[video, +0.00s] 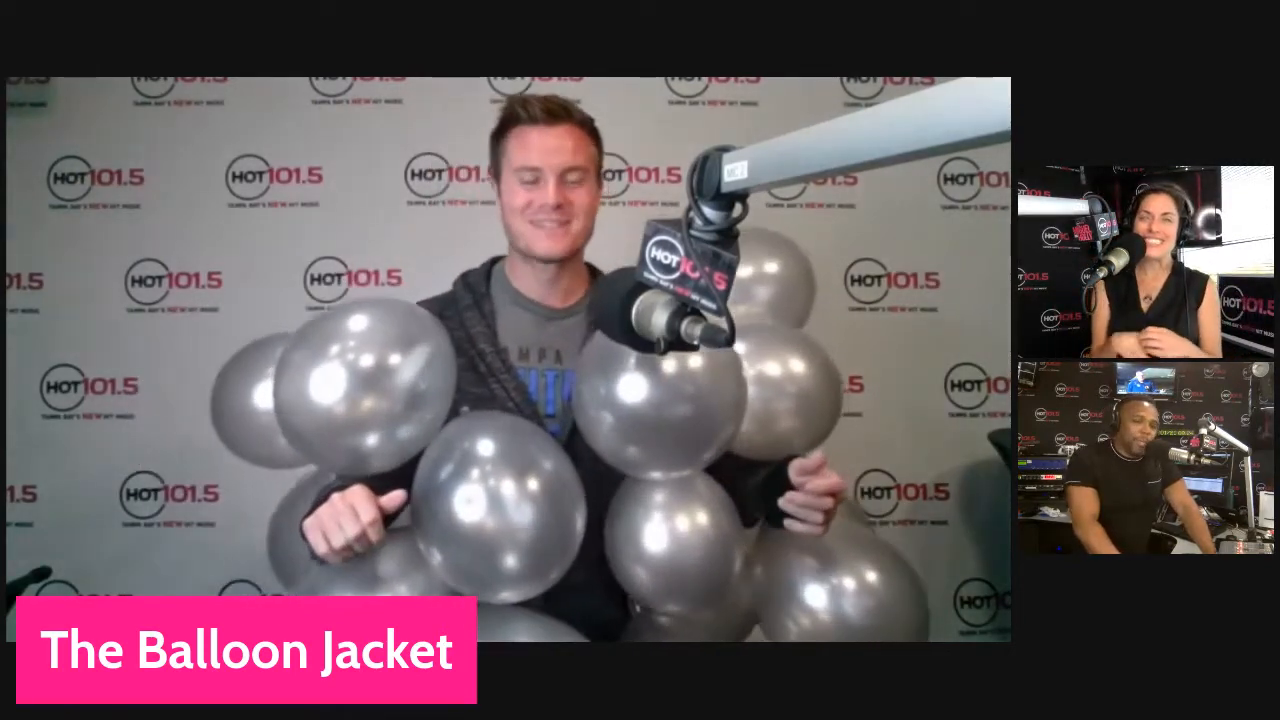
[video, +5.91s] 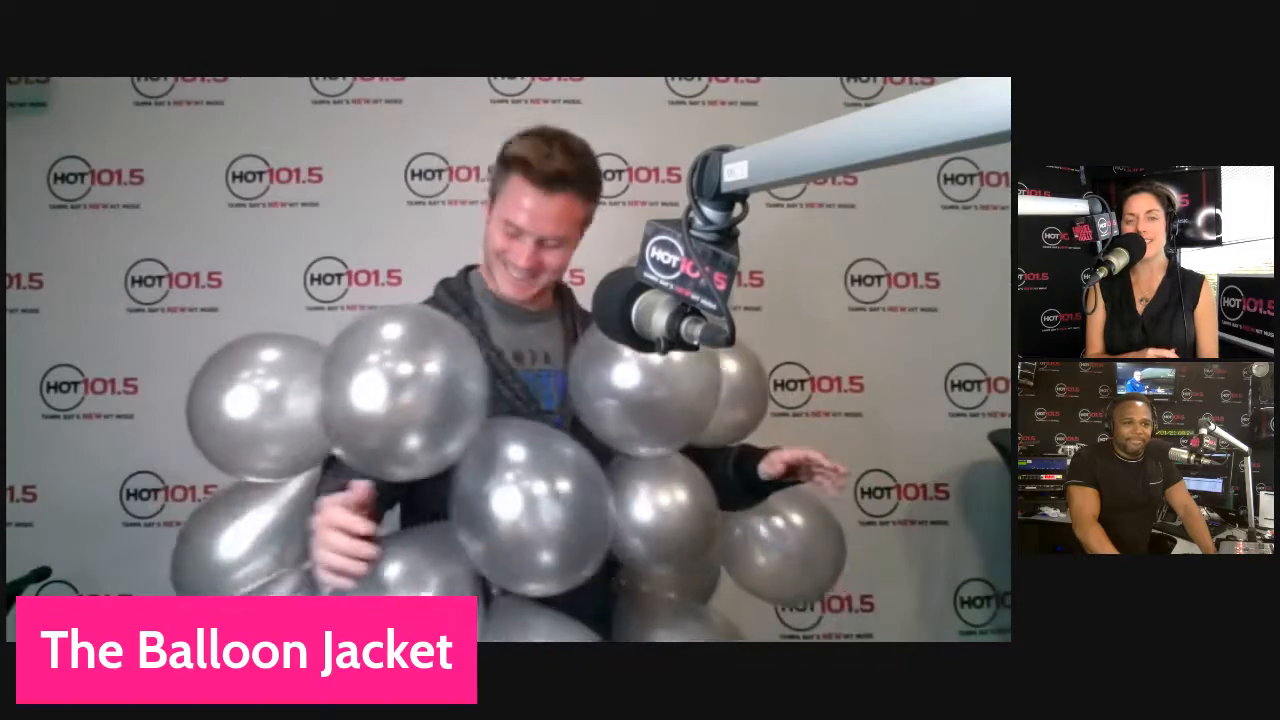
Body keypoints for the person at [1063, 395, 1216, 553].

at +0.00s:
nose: (1146, 430)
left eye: (1152, 424)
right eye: (1137, 421)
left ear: (1157, 430)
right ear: (1117, 422)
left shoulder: (1157, 457)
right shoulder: (1086, 459)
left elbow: (1186, 508)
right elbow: (1085, 524)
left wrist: (1210, 552)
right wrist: (1117, 560)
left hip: (1142, 555)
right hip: (1096, 557)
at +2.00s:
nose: (1141, 432)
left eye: (1147, 424)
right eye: (1131, 424)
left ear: (1153, 428)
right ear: (1112, 427)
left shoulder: (1158, 458)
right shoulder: (1087, 460)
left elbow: (1187, 508)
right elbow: (1086, 524)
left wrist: (1211, 552)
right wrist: (1118, 561)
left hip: (1143, 557)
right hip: (1098, 557)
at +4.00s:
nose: (1137, 431)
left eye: (1144, 424)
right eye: (1127, 423)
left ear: (1153, 429)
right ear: (1111, 427)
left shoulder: (1158, 458)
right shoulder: (1088, 461)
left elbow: (1188, 509)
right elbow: (1086, 525)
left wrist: (1211, 553)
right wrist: (1120, 566)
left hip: (1143, 557)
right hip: (1098, 559)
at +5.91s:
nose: (1138, 430)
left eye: (1145, 424)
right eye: (1128, 422)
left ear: (1152, 429)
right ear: (1112, 427)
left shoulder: (1159, 458)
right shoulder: (1088, 461)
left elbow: (1187, 508)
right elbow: (1085, 525)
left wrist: (1211, 553)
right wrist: (1120, 565)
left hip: (1142, 557)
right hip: (1097, 558)